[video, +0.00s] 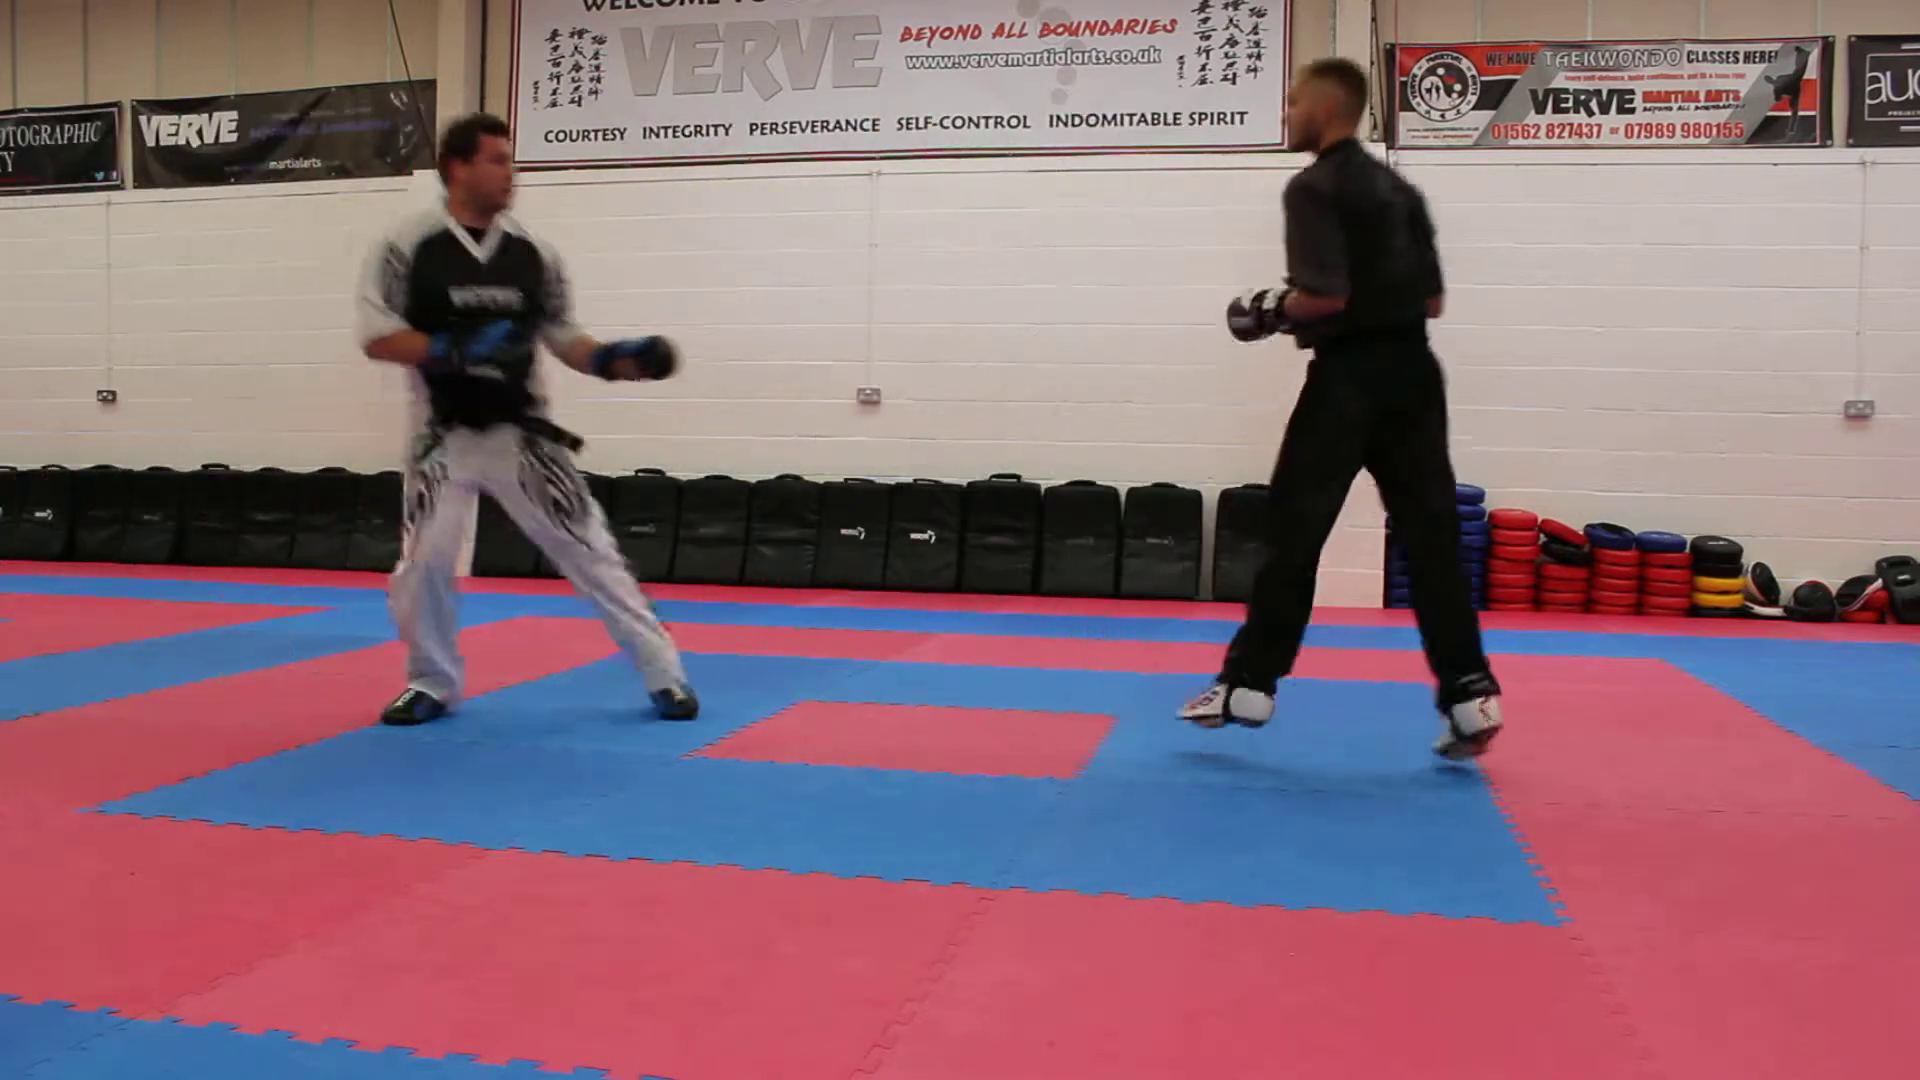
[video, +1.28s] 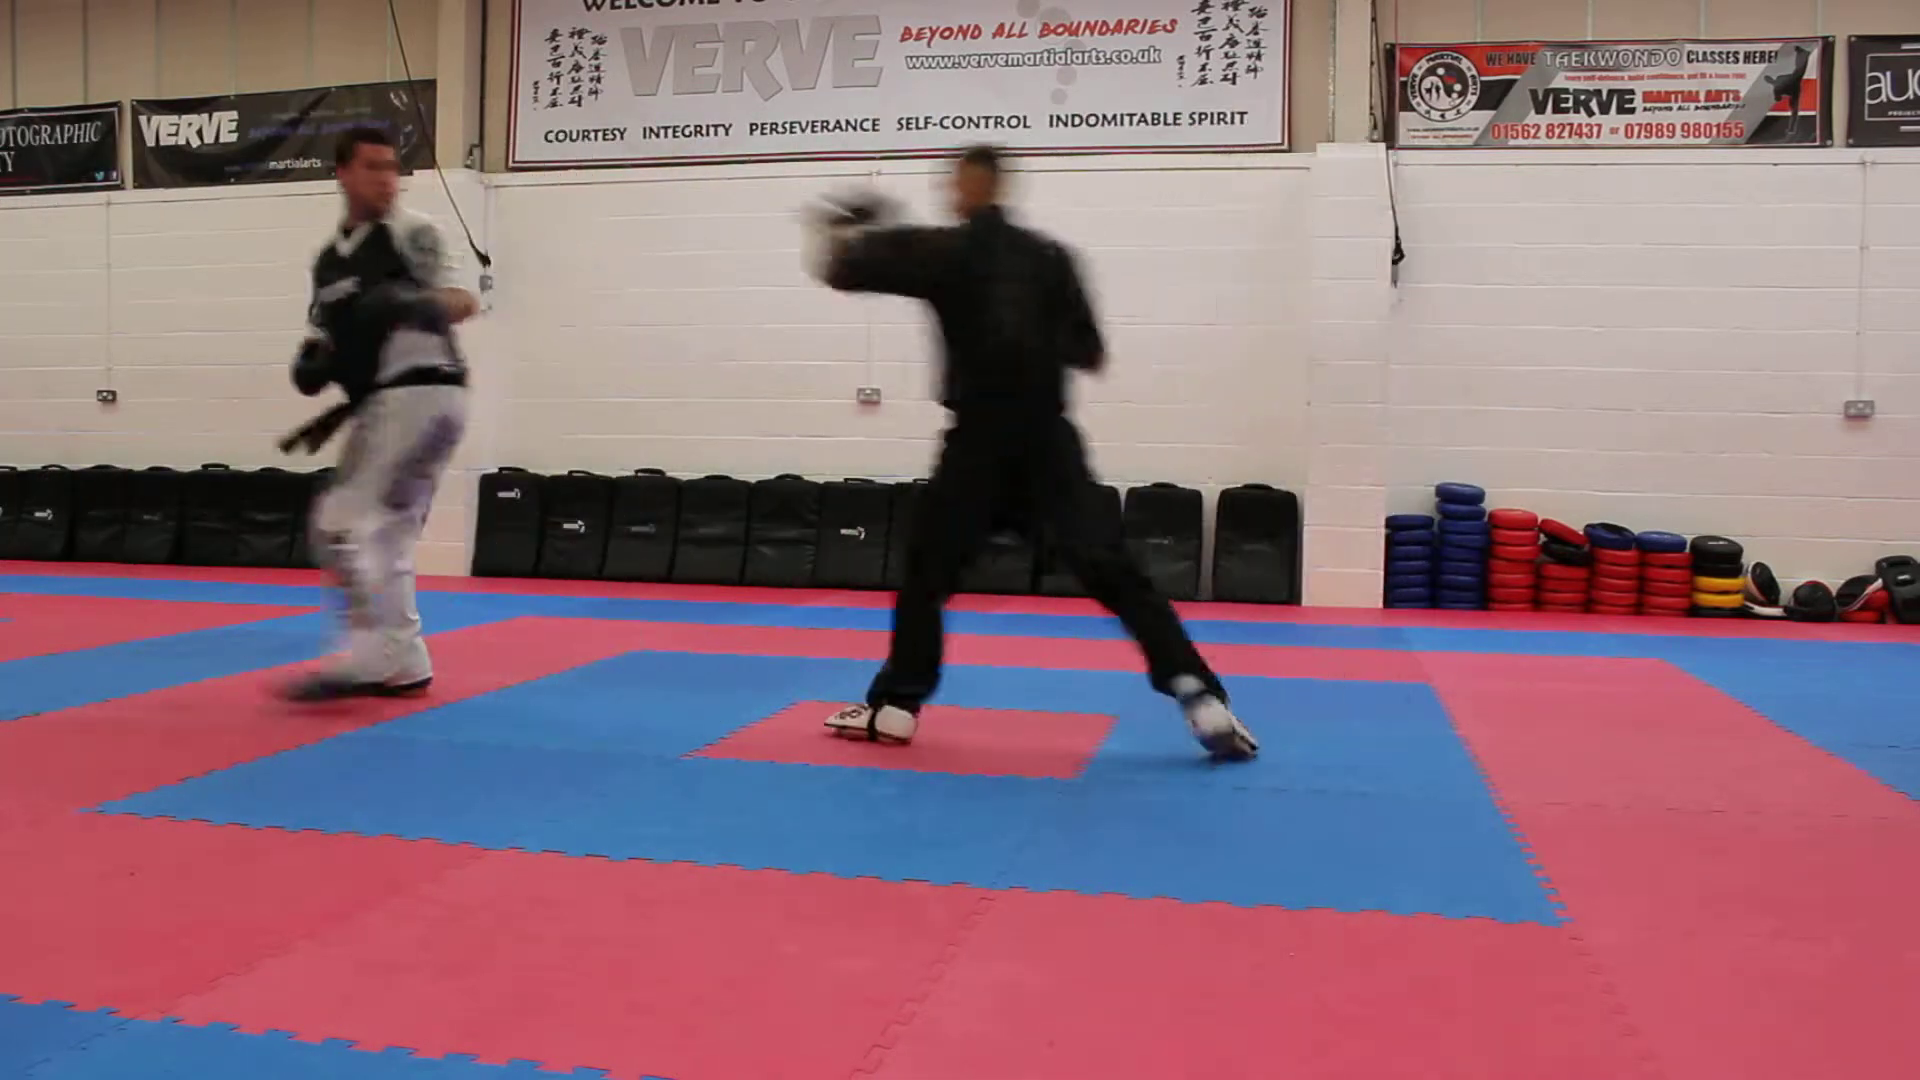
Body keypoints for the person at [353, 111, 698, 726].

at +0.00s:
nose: (511, 175)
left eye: (511, 163)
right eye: (498, 162)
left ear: (499, 171)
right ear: (456, 169)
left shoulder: (532, 257)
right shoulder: (406, 249)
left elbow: (563, 338)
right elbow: (376, 336)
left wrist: (614, 361)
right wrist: (454, 349)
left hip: (521, 435)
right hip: (444, 438)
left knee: (592, 555)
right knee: (425, 563)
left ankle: (665, 676)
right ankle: (431, 685)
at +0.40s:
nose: (597, 188)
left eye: (597, 176)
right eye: (584, 176)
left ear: (587, 182)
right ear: (541, 183)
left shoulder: (616, 269)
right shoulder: (482, 258)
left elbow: (645, 354)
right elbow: (449, 348)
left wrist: (685, 369)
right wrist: (516, 361)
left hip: (592, 440)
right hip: (507, 442)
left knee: (647, 555)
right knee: (441, 556)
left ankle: (692, 680)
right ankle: (406, 670)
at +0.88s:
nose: (579, 223)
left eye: (579, 212)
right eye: (566, 212)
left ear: (572, 219)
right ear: (525, 219)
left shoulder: (600, 298)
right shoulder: (475, 298)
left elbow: (645, 381)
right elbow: (447, 388)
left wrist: (681, 374)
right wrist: (493, 411)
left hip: (590, 462)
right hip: (510, 463)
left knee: (640, 568)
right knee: (430, 559)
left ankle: (694, 685)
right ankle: (406, 674)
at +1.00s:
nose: (524, 216)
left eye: (526, 204)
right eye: (512, 203)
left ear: (527, 210)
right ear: (474, 209)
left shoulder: (546, 285)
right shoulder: (430, 294)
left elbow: (602, 362)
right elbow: (405, 367)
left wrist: (595, 335)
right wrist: (433, 402)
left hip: (545, 449)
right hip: (472, 455)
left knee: (606, 561)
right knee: (391, 540)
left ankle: (692, 680)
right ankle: (403, 672)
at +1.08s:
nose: (485, 201)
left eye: (488, 190)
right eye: (473, 189)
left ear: (488, 196)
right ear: (435, 194)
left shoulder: (504, 263)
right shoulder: (395, 281)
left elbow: (568, 337)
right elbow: (374, 354)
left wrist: (534, 311)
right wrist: (390, 380)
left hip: (510, 423)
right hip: (447, 437)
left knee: (549, 540)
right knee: (379, 534)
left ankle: (649, 656)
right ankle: (398, 668)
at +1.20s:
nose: (425, 183)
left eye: (430, 172)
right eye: (412, 172)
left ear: (435, 177)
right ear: (378, 178)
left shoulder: (449, 242)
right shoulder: (351, 267)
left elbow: (503, 311)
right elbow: (340, 351)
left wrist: (463, 298)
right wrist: (342, 370)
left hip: (462, 398)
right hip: (404, 410)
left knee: (420, 521)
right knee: (370, 538)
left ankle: (490, 640)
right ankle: (394, 664)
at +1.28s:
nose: (388, 180)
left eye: (394, 169)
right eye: (374, 168)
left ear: (400, 175)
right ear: (342, 175)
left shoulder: (413, 232)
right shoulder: (331, 260)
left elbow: (462, 301)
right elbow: (333, 340)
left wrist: (391, 301)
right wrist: (314, 363)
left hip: (425, 393)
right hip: (382, 400)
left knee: (344, 516)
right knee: (388, 530)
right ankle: (400, 654)